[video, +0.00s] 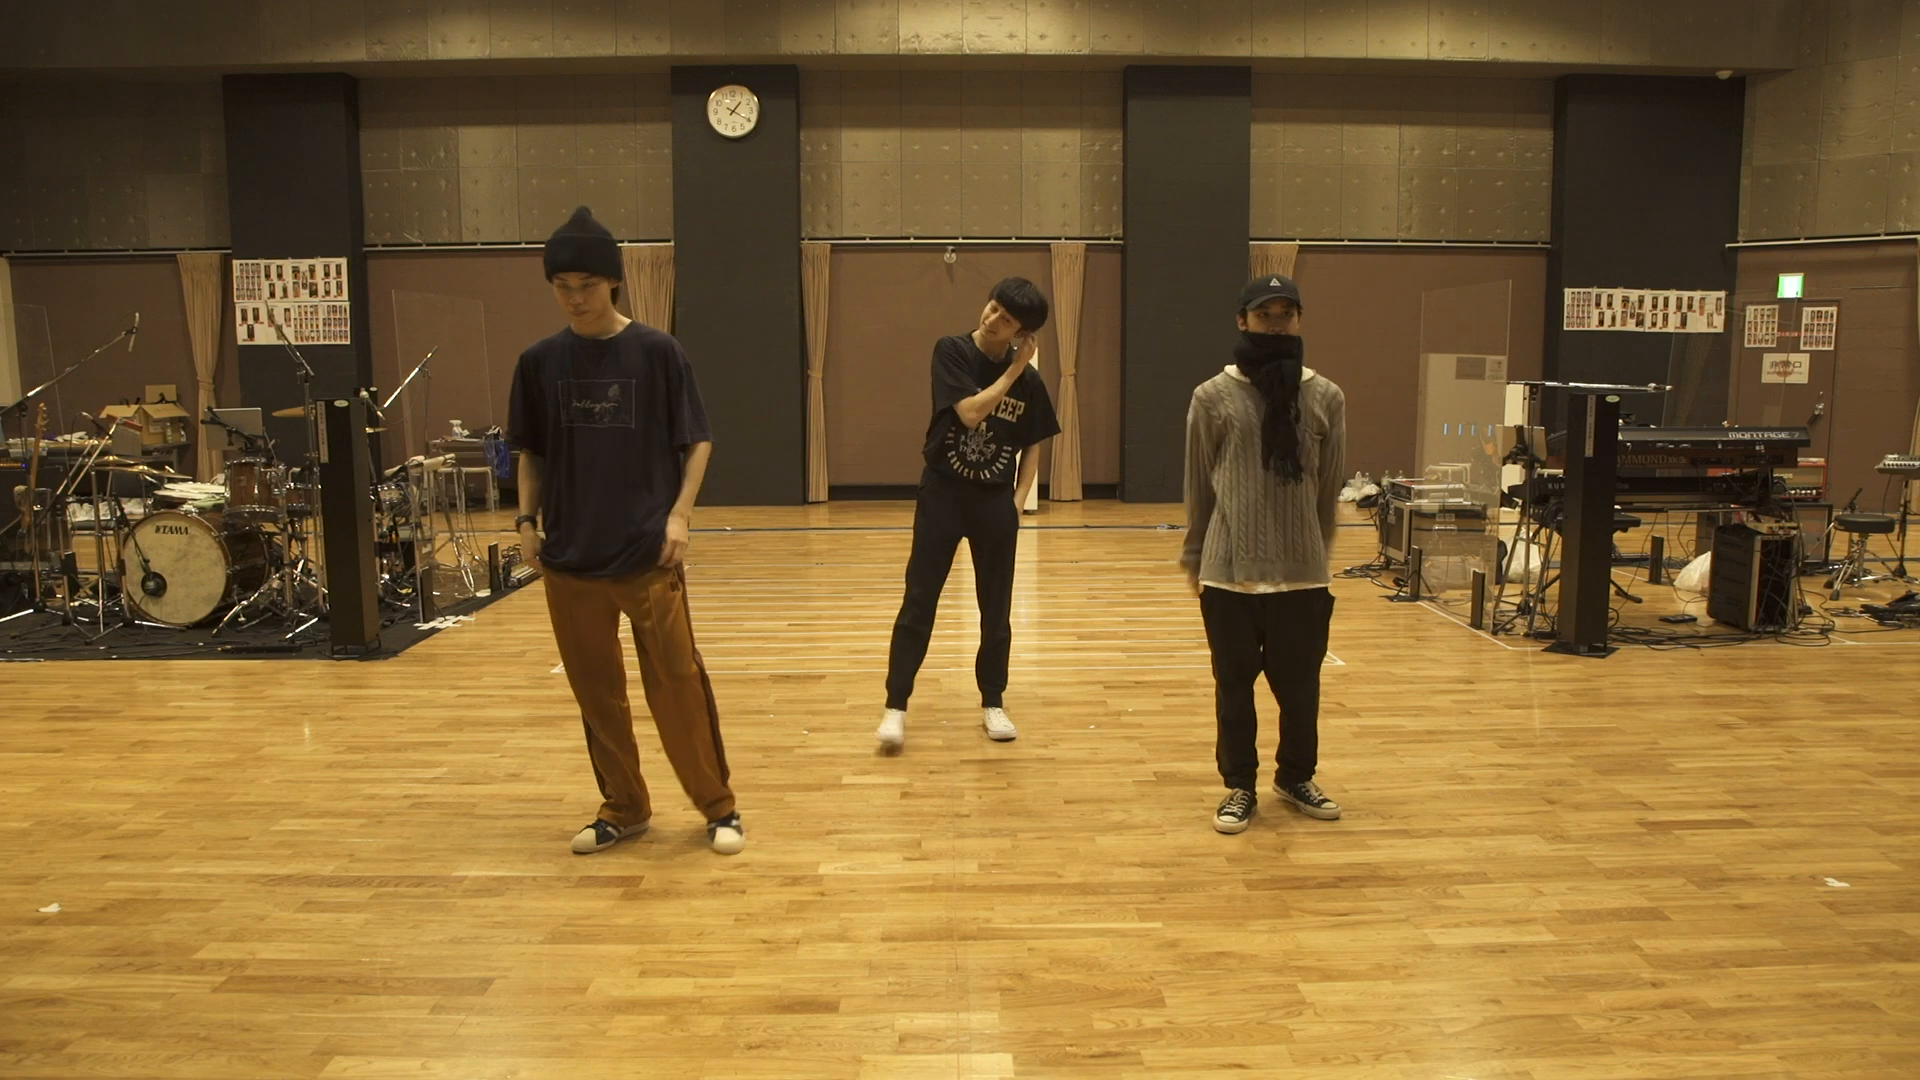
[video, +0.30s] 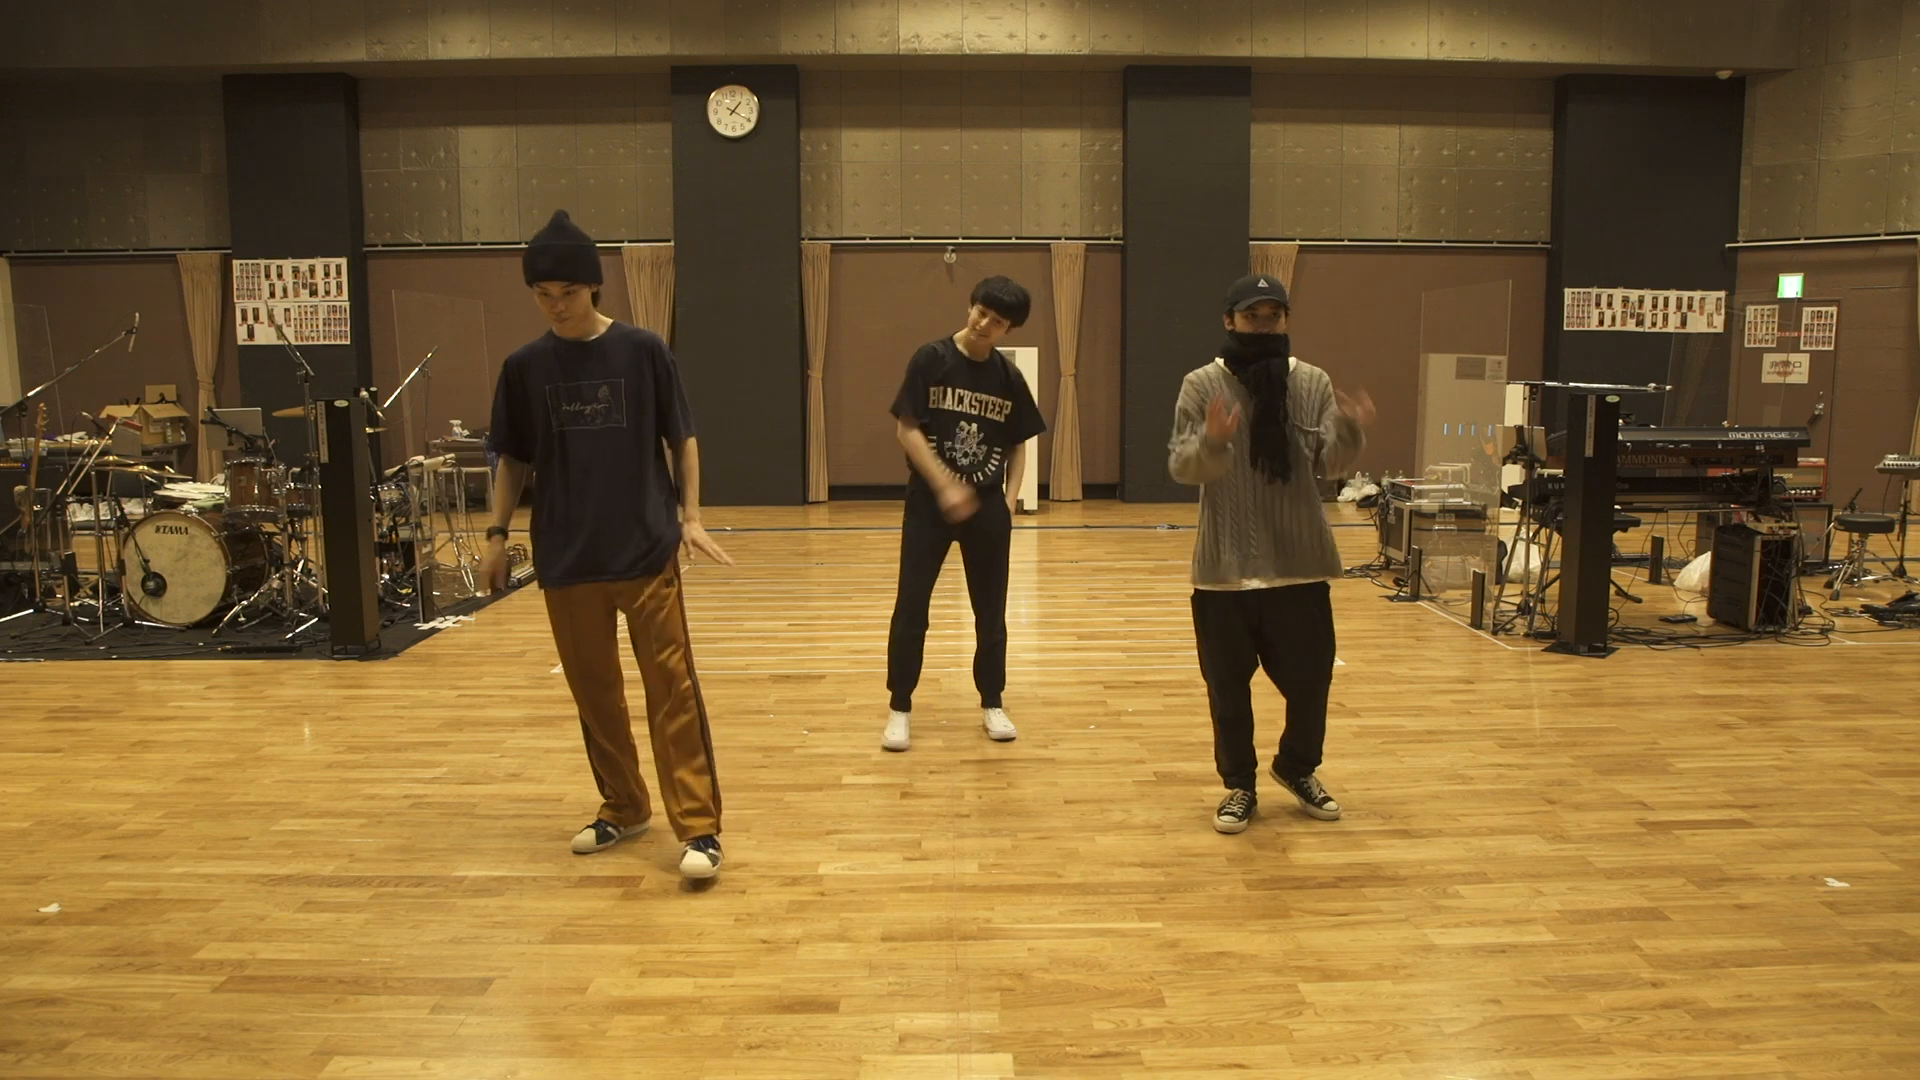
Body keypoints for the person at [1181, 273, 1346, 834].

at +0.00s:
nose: (1278, 323)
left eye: (1287, 314)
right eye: (1266, 314)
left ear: (1299, 322)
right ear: (1244, 321)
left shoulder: (1326, 397)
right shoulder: (1213, 397)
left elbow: (1330, 489)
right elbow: (1199, 486)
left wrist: (1318, 559)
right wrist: (1194, 558)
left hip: (1303, 573)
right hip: (1228, 573)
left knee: (1300, 688)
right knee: (1234, 688)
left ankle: (1297, 779)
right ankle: (1239, 788)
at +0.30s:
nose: (1266, 324)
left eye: (1276, 314)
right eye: (1253, 314)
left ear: (1288, 321)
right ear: (1230, 321)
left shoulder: (1314, 383)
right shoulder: (1202, 385)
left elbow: (1332, 468)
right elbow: (1182, 470)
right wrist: (1211, 442)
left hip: (1299, 562)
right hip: (1224, 564)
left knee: (1312, 678)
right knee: (1226, 687)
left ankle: (1298, 769)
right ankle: (1239, 787)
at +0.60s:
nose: (1272, 335)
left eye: (1280, 325)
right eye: (1260, 325)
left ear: (1291, 328)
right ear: (1235, 327)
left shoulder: (1311, 380)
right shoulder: (1198, 387)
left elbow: (1360, 428)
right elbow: (1132, 446)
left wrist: (1405, 420)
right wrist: (1147, 452)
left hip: (1301, 570)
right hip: (1224, 573)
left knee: (1321, 686)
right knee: (1229, 690)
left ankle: (1328, 786)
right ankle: (1239, 790)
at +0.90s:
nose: (1289, 331)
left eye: (1298, 321)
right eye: (1277, 321)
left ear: (1308, 326)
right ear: (1252, 325)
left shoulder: (1326, 383)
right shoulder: (1215, 390)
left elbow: (1360, 449)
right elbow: (1167, 465)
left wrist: (1395, 492)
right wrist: (1174, 517)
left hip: (1309, 572)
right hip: (1235, 575)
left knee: (1322, 688)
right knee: (1236, 691)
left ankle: (1331, 788)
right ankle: (1240, 790)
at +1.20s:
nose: (1315, 329)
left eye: (1322, 319)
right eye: (1303, 319)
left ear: (1333, 325)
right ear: (1277, 324)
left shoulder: (1352, 390)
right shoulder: (1244, 395)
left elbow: (1367, 474)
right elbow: (1216, 478)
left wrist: (1368, 548)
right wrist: (1216, 551)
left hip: (1334, 571)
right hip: (1261, 572)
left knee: (1333, 688)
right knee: (1250, 689)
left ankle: (1332, 787)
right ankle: (1242, 788)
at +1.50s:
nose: (1342, 326)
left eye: (1350, 316)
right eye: (1329, 316)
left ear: (1360, 322)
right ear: (1302, 322)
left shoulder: (1374, 387)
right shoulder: (1267, 390)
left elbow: (1376, 467)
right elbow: (1236, 469)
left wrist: (1373, 530)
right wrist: (1235, 539)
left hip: (1346, 571)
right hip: (1276, 573)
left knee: (1341, 690)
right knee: (1259, 689)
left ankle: (1333, 788)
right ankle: (1243, 789)